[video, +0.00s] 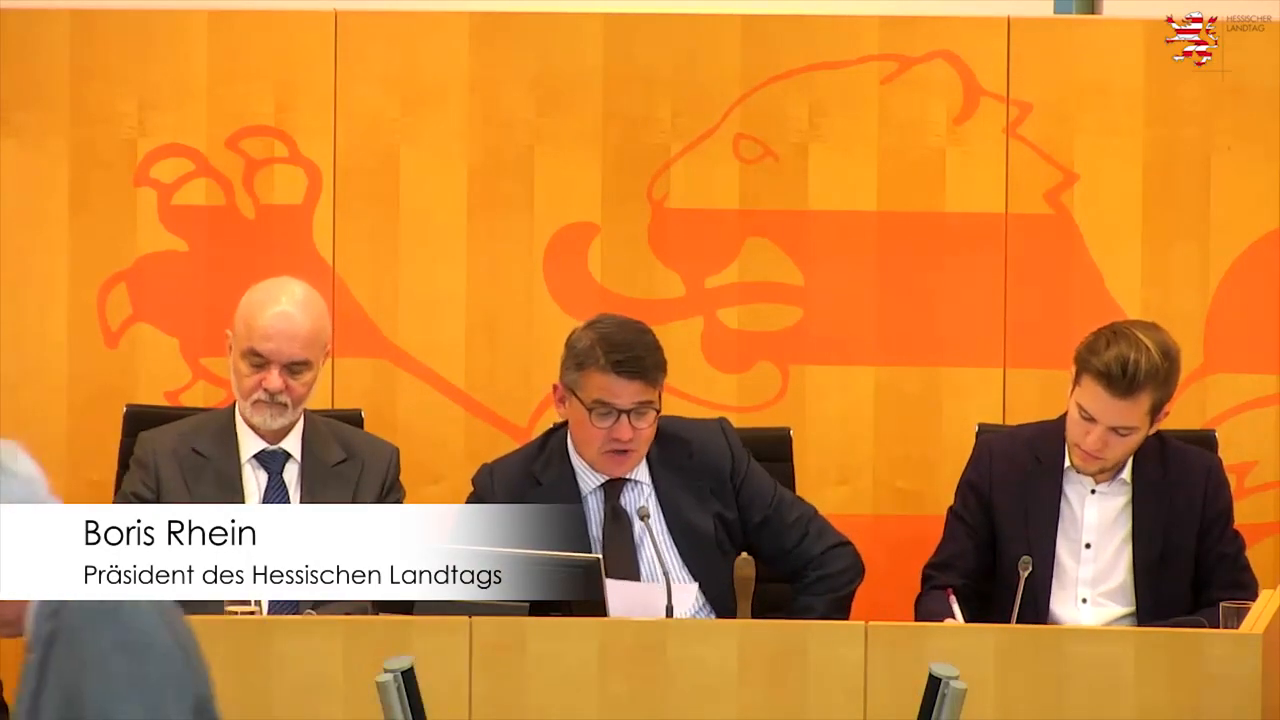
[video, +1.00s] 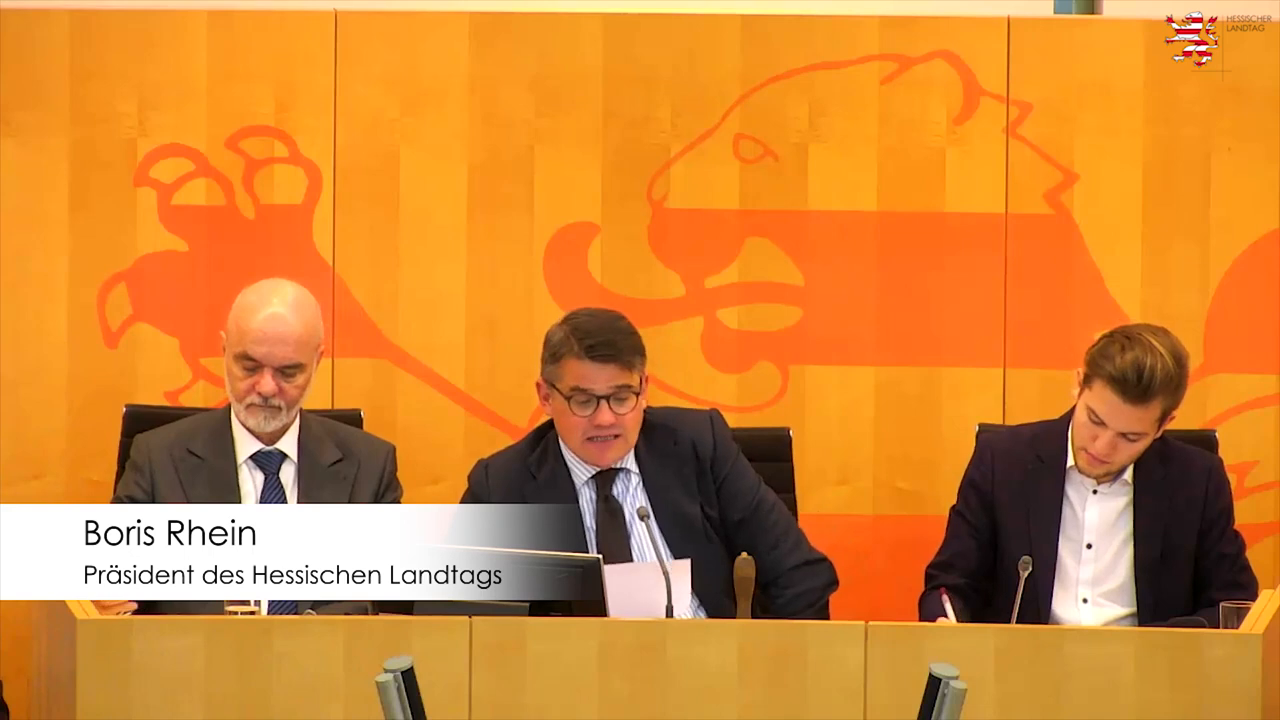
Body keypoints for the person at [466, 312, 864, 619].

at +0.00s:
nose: (624, 433)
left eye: (642, 412)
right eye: (603, 413)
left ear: (659, 397)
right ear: (562, 400)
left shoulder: (713, 454)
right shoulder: (505, 488)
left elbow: (833, 565)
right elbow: (472, 627)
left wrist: (788, 672)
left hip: (713, 673)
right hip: (574, 683)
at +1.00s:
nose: (604, 418)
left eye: (620, 397)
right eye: (582, 399)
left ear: (643, 388)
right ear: (546, 397)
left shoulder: (701, 444)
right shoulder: (499, 485)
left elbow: (801, 575)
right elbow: (466, 618)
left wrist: (770, 678)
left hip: (707, 672)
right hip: (570, 682)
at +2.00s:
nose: (619, 431)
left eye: (635, 410)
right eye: (597, 412)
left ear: (654, 397)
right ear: (556, 403)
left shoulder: (708, 454)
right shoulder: (503, 485)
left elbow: (815, 582)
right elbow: (464, 620)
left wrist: (760, 677)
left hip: (704, 676)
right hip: (565, 684)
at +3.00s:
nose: (616, 438)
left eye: (630, 415)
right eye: (592, 420)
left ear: (646, 396)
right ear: (551, 411)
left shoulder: (706, 453)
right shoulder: (501, 488)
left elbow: (813, 582)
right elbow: (466, 622)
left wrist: (761, 676)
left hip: (703, 674)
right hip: (565, 684)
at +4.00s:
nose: (610, 430)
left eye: (624, 409)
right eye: (587, 413)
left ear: (642, 393)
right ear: (546, 408)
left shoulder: (702, 453)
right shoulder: (497, 487)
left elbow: (810, 581)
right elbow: (465, 624)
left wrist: (763, 678)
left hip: (704, 674)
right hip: (563, 683)